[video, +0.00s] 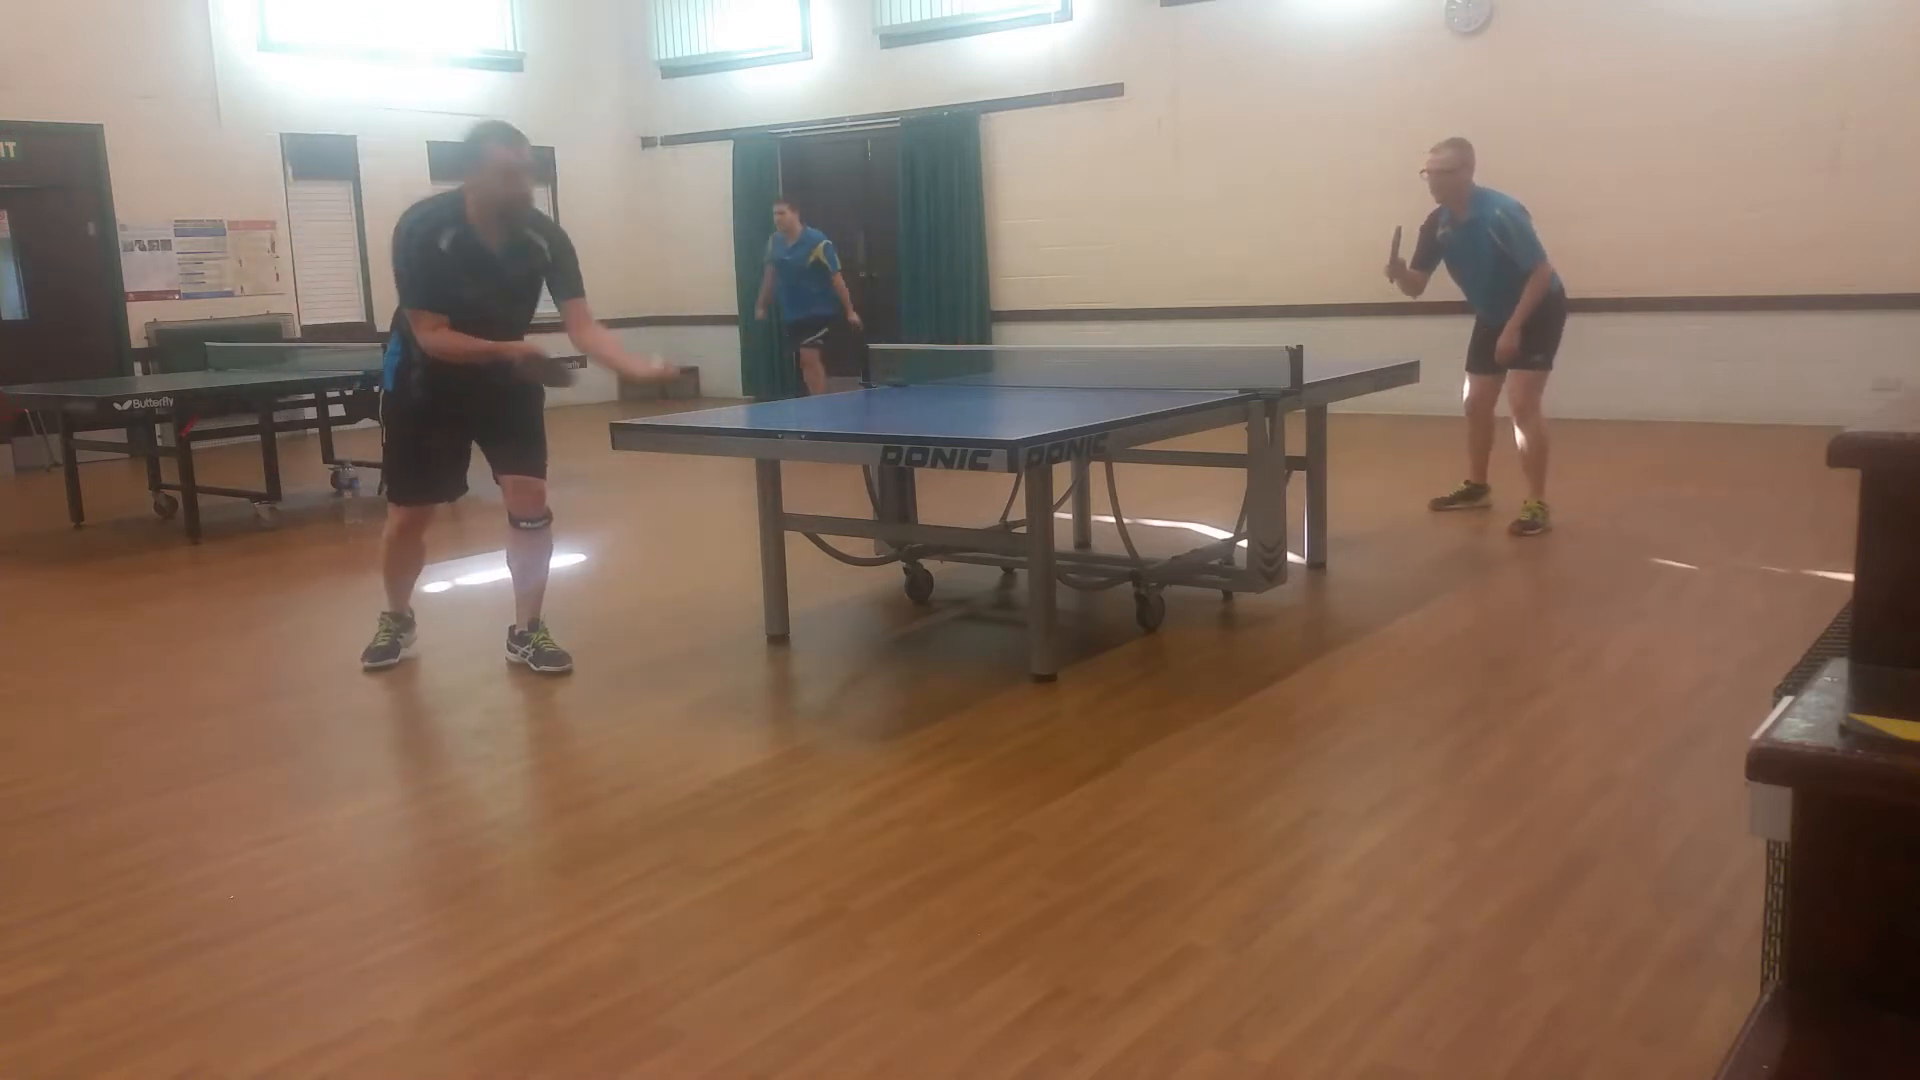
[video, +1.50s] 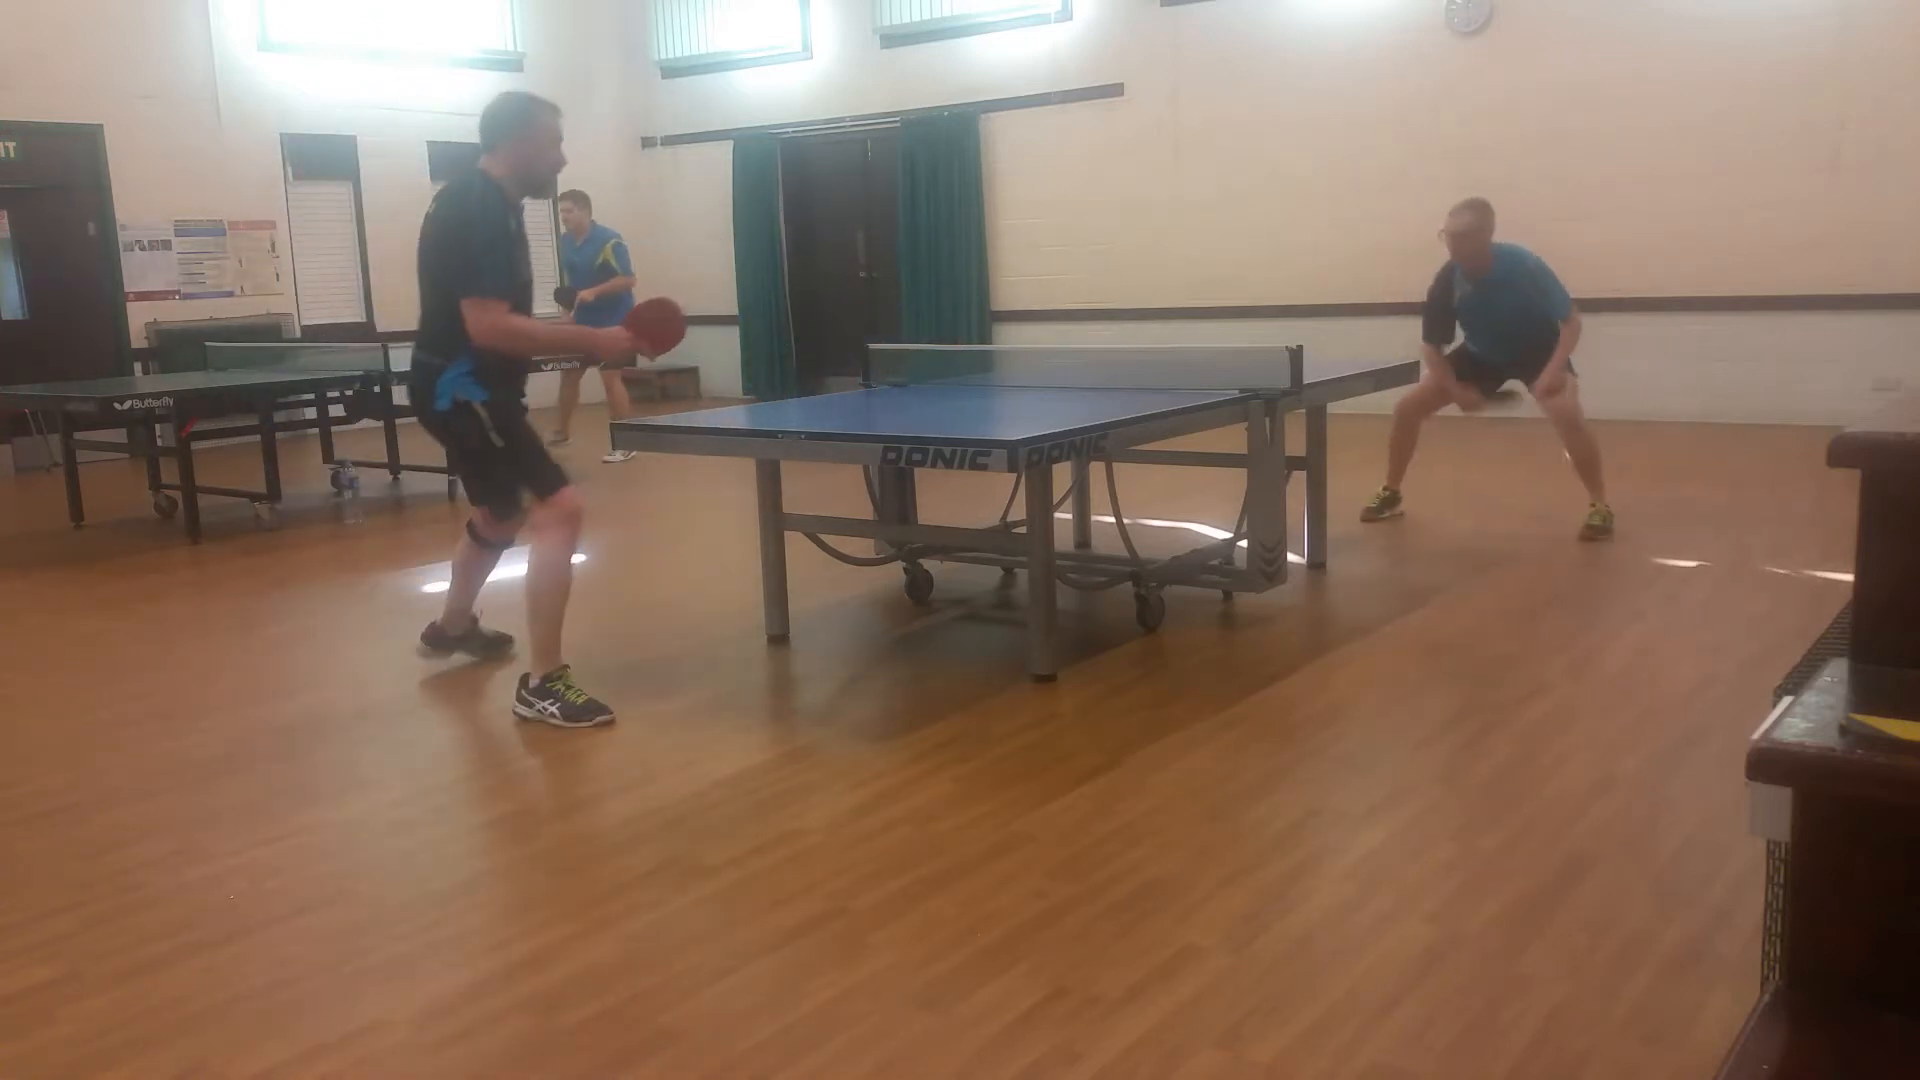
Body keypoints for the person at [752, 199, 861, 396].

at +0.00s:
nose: (777, 218)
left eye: (781, 213)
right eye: (775, 214)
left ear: (795, 214)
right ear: (773, 217)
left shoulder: (818, 242)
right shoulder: (775, 241)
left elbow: (837, 279)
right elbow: (769, 275)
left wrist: (850, 310)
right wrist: (762, 304)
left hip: (817, 310)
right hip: (791, 312)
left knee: (808, 359)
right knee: (808, 360)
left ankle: (820, 407)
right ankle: (821, 406)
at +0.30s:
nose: (745, 216)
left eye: (750, 211)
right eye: (743, 212)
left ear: (764, 212)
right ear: (743, 217)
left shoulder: (787, 242)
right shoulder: (745, 241)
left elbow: (806, 278)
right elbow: (742, 277)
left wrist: (820, 315)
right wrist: (730, 308)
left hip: (782, 317)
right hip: (755, 318)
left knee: (776, 364)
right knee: (759, 371)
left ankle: (783, 417)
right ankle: (799, 397)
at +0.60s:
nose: (701, 216)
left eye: (707, 212)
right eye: (700, 212)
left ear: (722, 215)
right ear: (702, 217)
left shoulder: (741, 244)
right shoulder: (704, 245)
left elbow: (751, 280)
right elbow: (710, 283)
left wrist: (729, 305)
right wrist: (711, 312)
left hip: (748, 321)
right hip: (716, 322)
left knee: (764, 371)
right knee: (706, 373)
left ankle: (783, 420)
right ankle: (698, 426)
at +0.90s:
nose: (647, 208)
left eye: (652, 203)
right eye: (646, 203)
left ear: (669, 206)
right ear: (647, 208)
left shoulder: (689, 236)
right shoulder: (650, 238)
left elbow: (702, 273)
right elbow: (655, 278)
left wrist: (666, 283)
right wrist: (648, 314)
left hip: (690, 318)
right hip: (662, 319)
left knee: (692, 370)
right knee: (671, 375)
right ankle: (682, 425)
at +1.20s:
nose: (599, 224)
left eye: (604, 219)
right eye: (598, 220)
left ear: (621, 220)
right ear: (601, 223)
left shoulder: (644, 250)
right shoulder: (607, 250)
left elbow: (662, 289)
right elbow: (608, 288)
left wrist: (629, 296)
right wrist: (591, 305)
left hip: (644, 329)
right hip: (619, 329)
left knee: (623, 377)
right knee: (622, 384)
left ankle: (631, 442)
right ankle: (667, 425)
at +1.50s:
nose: (563, 217)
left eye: (568, 212)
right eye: (561, 212)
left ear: (585, 212)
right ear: (562, 214)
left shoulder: (610, 240)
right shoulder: (565, 242)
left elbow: (628, 279)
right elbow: (571, 284)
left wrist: (594, 292)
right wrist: (568, 316)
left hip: (615, 318)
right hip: (584, 318)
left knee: (611, 375)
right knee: (569, 373)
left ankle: (624, 442)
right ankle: (562, 432)